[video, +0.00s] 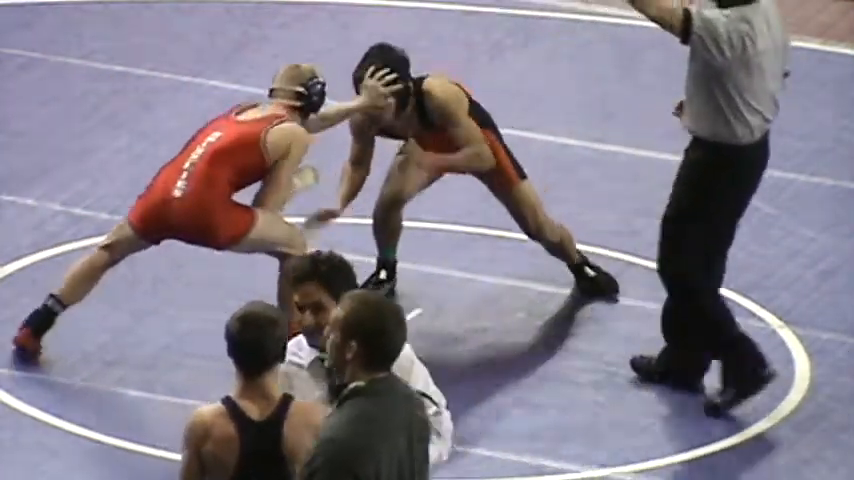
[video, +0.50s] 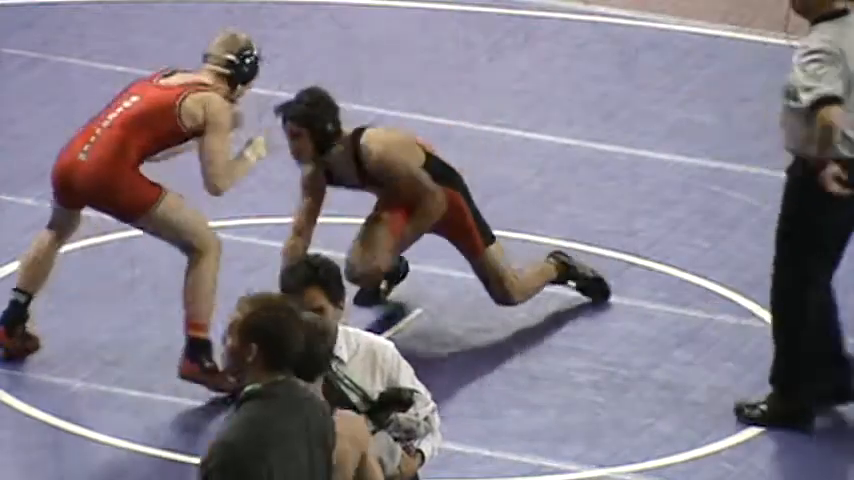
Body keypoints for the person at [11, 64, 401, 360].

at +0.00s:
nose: (317, 107)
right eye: (316, 100)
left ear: (276, 93)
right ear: (310, 104)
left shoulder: (252, 107)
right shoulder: (295, 135)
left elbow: (308, 118)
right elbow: (267, 212)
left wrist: (363, 103)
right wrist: (292, 188)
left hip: (155, 204)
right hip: (205, 217)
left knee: (107, 254)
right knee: (292, 243)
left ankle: (38, 323)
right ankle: (294, 342)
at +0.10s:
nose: (283, 94)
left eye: (274, 84)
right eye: (284, 87)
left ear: (245, 75)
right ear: (279, 89)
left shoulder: (219, 95)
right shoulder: (259, 122)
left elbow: (287, 114)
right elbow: (232, 200)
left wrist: (350, 102)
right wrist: (266, 169)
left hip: (124, 195)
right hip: (174, 206)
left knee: (93, 252)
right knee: (260, 249)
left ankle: (22, 327)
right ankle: (284, 350)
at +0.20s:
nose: (250, 82)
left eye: (251, 75)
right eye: (253, 74)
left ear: (215, 56)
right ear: (247, 70)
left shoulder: (185, 77)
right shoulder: (225, 95)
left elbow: (218, 149)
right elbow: (197, 166)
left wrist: (287, 145)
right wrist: (233, 142)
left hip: (93, 173)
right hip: (136, 181)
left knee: (74, 249)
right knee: (227, 250)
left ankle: (18, 330)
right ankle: (264, 349)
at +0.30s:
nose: (243, 83)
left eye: (243, 76)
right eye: (244, 76)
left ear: (202, 57)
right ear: (238, 74)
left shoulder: (166, 79)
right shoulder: (215, 87)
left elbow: (142, 157)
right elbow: (221, 155)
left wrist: (199, 186)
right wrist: (248, 123)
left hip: (77, 166)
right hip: (120, 174)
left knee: (72, 240)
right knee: (212, 237)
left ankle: (14, 327)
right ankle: (186, 346)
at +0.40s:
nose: (243, 90)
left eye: (244, 84)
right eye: (244, 84)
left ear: (206, 62)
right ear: (239, 82)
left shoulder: (163, 77)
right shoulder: (216, 92)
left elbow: (108, 130)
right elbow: (245, 151)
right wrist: (266, 122)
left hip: (68, 164)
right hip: (109, 171)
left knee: (69, 243)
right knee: (192, 257)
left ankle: (13, 329)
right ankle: (162, 367)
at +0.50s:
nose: (244, 89)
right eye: (247, 82)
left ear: (208, 61)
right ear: (243, 81)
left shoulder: (171, 75)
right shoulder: (216, 104)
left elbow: (150, 148)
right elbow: (218, 182)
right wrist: (252, 155)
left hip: (67, 166)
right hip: (111, 178)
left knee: (56, 229)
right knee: (205, 246)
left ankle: (11, 321)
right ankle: (198, 356)